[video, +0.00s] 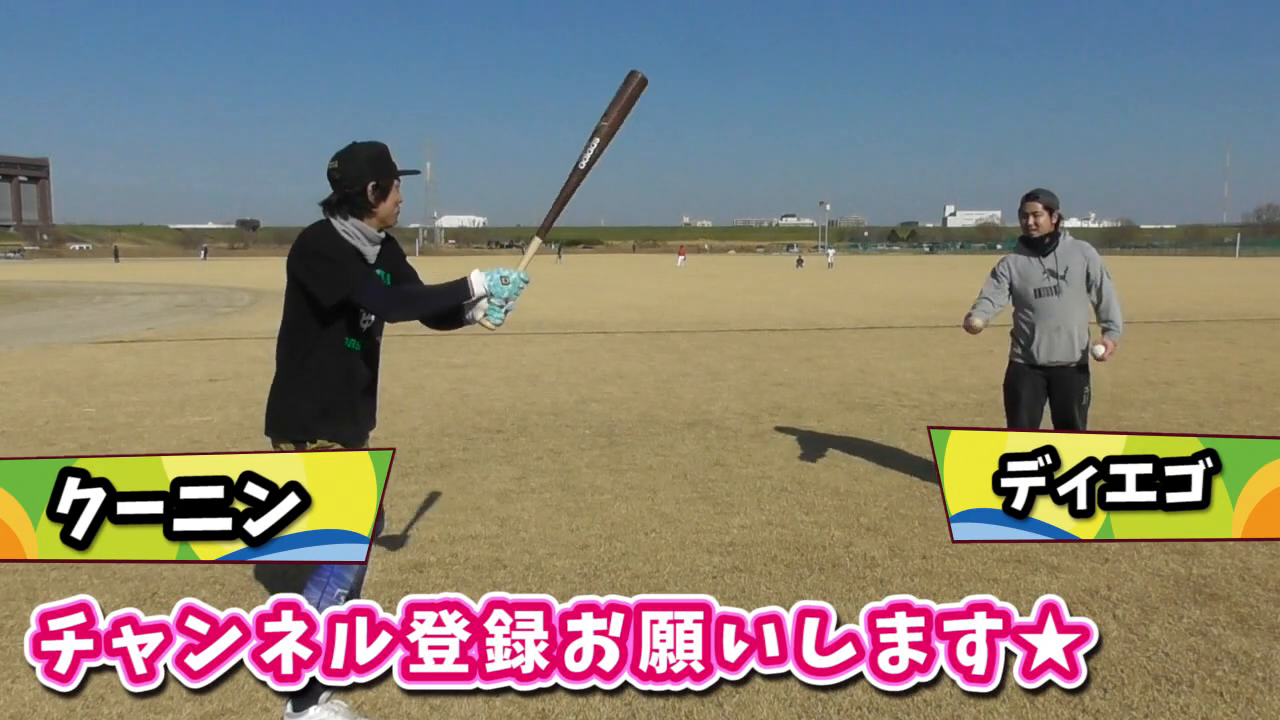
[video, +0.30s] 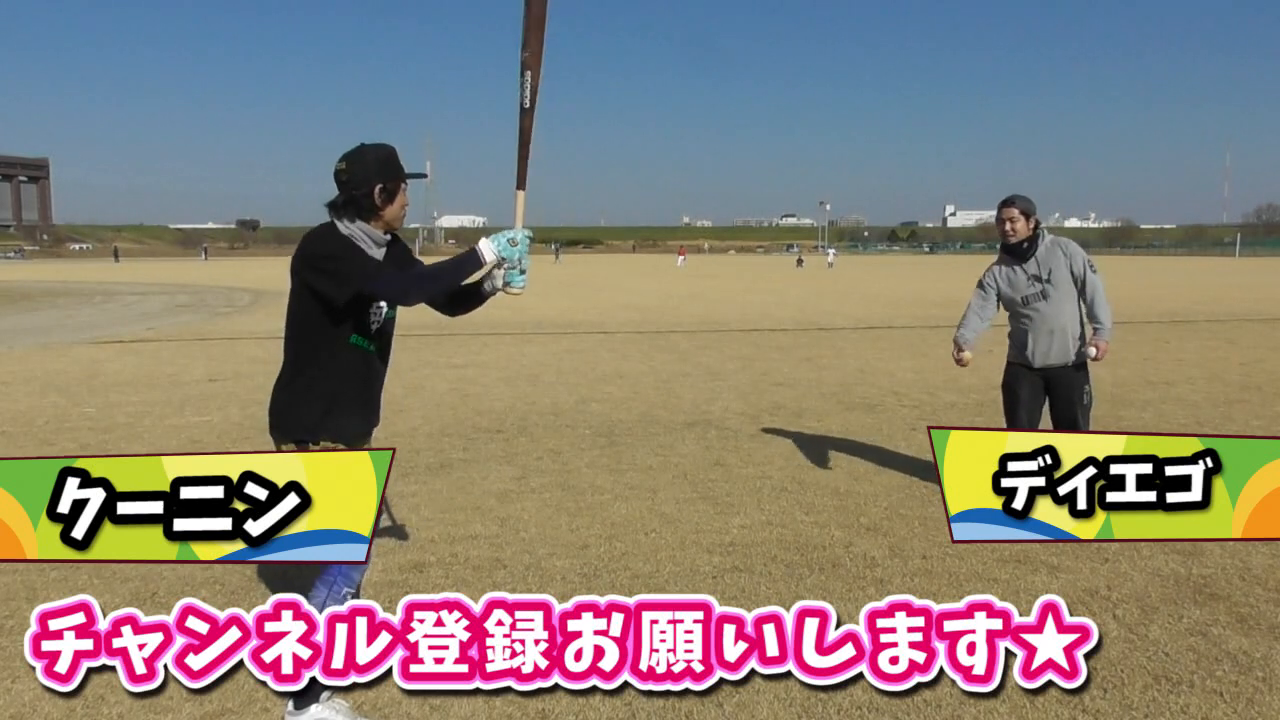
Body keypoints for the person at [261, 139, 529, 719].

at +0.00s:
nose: (400, 197)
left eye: (399, 188)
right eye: (395, 188)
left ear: (367, 191)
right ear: (373, 193)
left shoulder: (382, 249)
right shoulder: (319, 245)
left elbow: (422, 311)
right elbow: (382, 301)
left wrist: (475, 310)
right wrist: (470, 285)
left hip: (351, 425)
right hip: (311, 426)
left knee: (352, 548)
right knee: (345, 553)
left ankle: (316, 680)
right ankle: (304, 695)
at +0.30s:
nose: (407, 200)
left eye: (405, 191)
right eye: (403, 191)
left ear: (369, 194)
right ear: (381, 194)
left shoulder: (389, 248)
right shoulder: (327, 246)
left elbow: (446, 299)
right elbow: (404, 284)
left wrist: (496, 279)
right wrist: (481, 251)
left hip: (351, 425)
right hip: (315, 427)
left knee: (347, 548)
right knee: (352, 555)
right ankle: (309, 694)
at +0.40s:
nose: (404, 202)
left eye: (403, 193)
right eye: (400, 193)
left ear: (364, 197)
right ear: (378, 197)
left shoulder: (387, 250)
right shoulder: (320, 250)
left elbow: (450, 300)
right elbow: (398, 283)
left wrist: (493, 276)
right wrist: (476, 246)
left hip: (347, 433)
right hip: (312, 435)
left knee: (348, 547)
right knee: (359, 562)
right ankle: (308, 695)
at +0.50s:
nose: (402, 202)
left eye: (400, 192)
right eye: (396, 192)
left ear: (365, 197)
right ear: (371, 196)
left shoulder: (381, 253)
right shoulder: (309, 246)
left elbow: (445, 302)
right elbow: (375, 284)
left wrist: (479, 271)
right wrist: (453, 239)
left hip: (346, 433)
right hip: (305, 433)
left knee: (374, 530)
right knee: (376, 529)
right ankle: (309, 692)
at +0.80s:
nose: (393, 197)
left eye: (393, 190)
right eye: (389, 190)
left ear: (353, 192)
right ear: (365, 193)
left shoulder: (373, 245)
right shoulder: (283, 237)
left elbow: (417, 308)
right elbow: (299, 281)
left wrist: (406, 259)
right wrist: (377, 232)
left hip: (345, 406)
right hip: (287, 417)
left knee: (425, 503)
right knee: (344, 543)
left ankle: (414, 617)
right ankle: (307, 696)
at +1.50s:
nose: (455, 226)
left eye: (453, 216)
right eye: (446, 218)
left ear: (420, 225)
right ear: (416, 226)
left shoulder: (445, 274)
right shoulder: (338, 259)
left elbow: (417, 331)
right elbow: (281, 328)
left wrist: (363, 289)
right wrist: (331, 269)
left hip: (406, 428)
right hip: (343, 437)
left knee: (471, 514)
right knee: (369, 564)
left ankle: (475, 605)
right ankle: (305, 694)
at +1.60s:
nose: (478, 242)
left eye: (475, 233)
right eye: (469, 235)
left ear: (440, 243)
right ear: (440, 245)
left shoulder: (458, 287)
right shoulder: (369, 304)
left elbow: (469, 338)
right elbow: (380, 392)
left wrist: (442, 336)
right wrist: (417, 352)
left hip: (417, 449)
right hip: (371, 462)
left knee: (470, 512)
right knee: (408, 578)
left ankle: (469, 613)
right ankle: (311, 692)